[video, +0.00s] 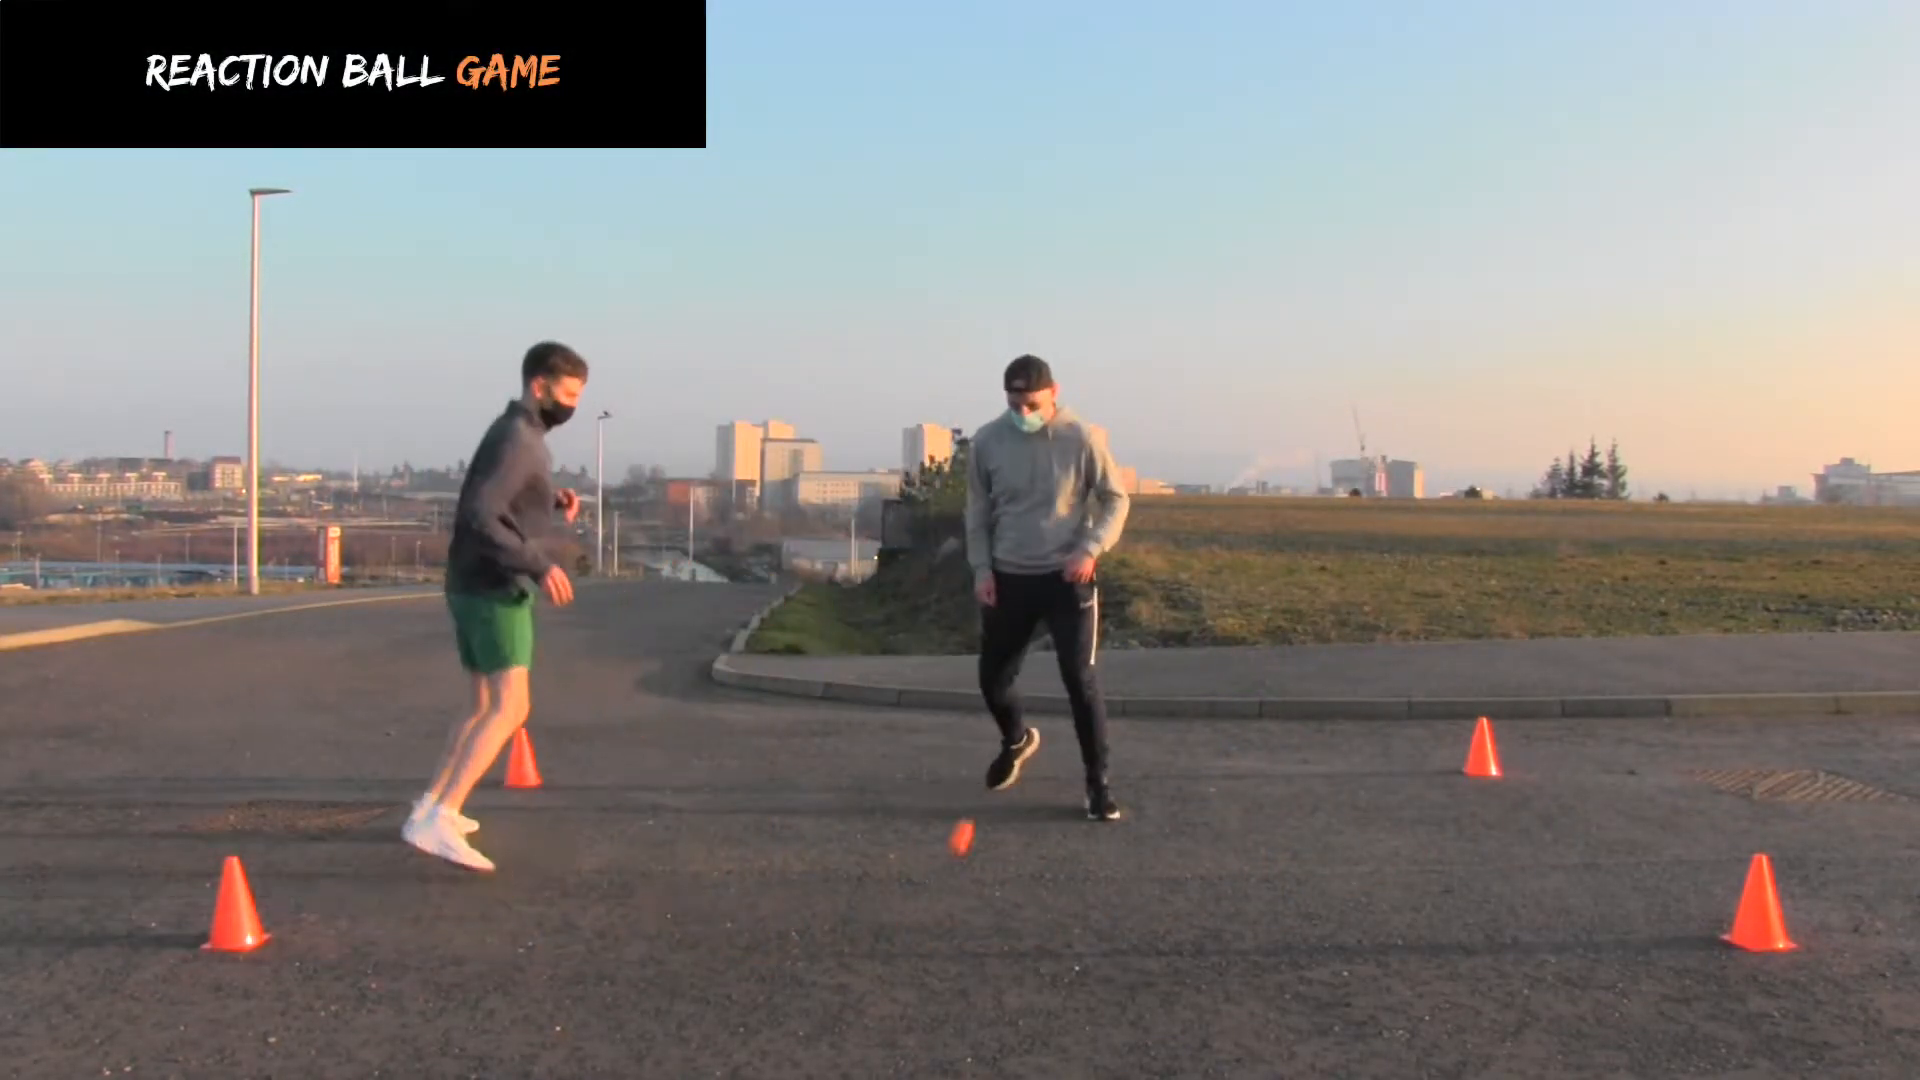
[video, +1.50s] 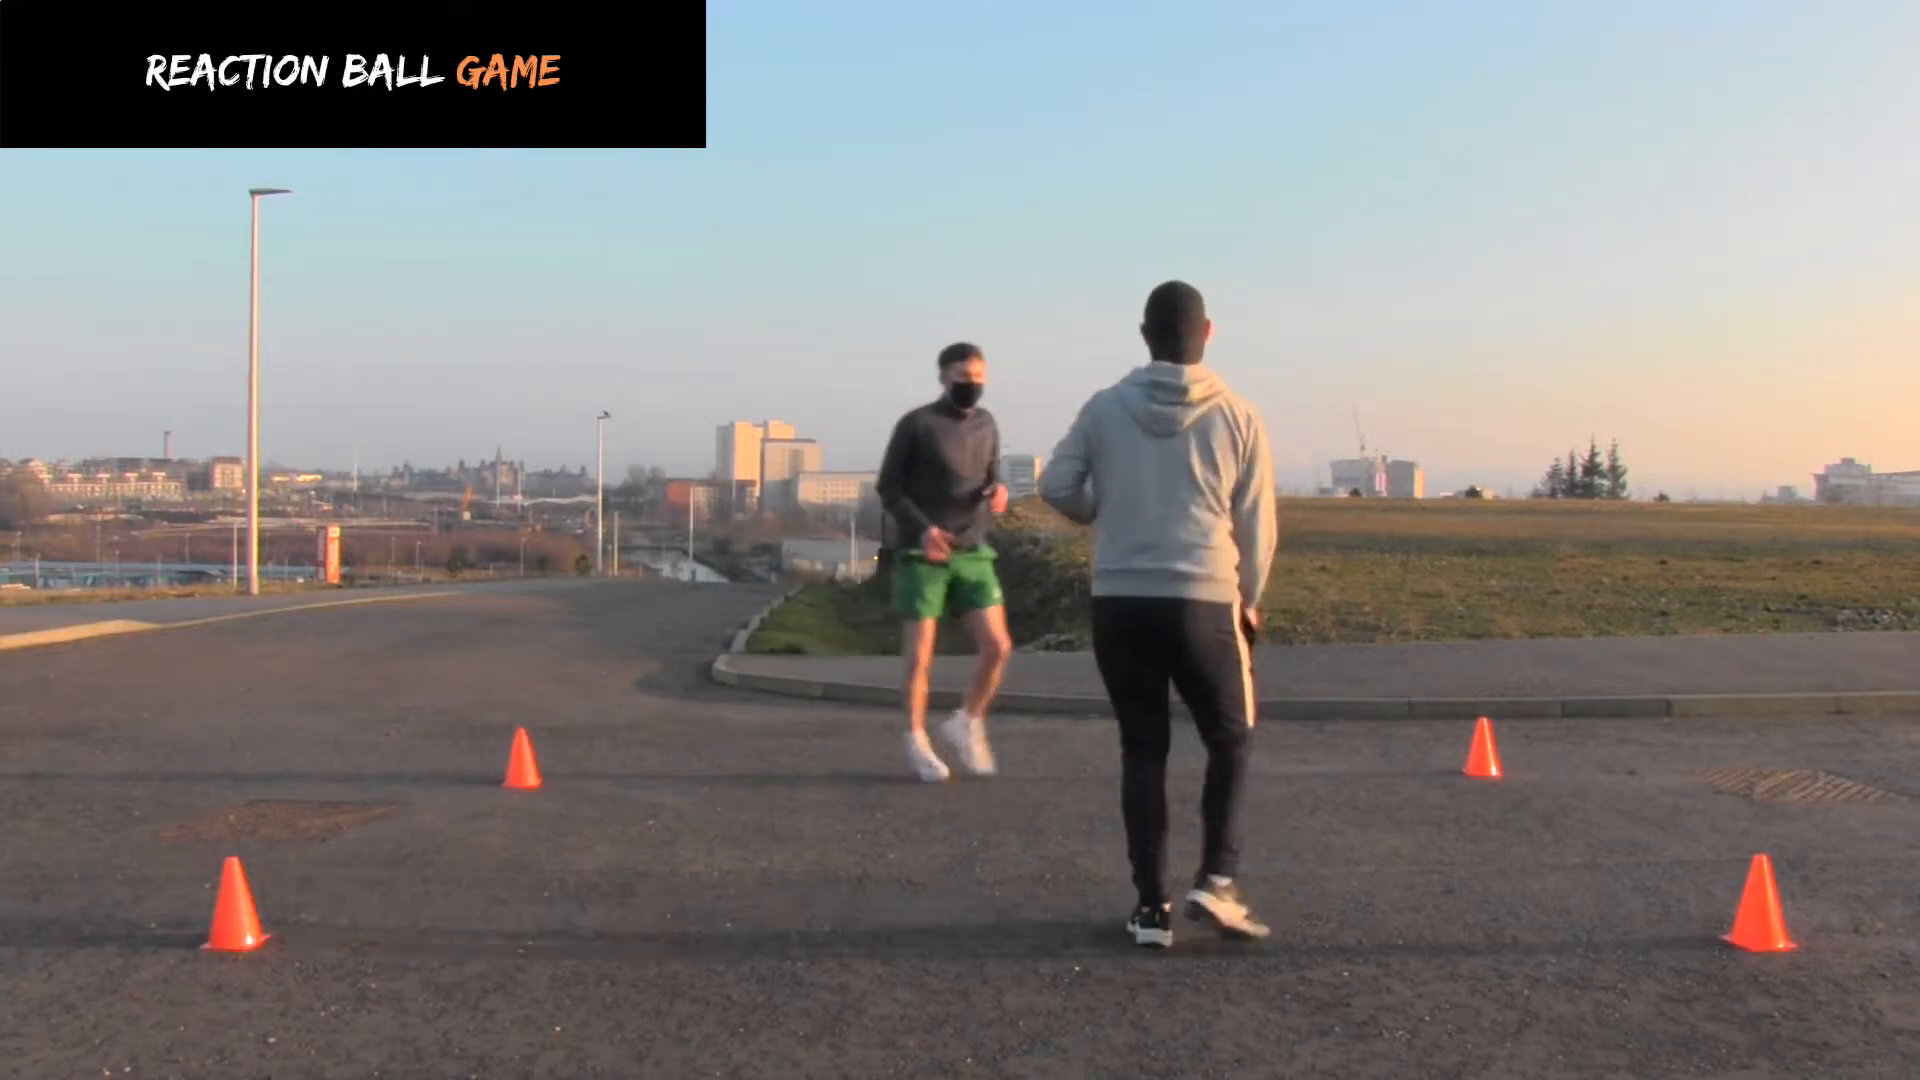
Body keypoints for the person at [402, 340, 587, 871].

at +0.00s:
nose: (576, 402)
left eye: (579, 393)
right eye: (571, 391)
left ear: (542, 387)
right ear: (539, 384)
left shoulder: (518, 430)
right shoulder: (518, 438)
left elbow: (505, 498)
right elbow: (481, 513)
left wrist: (549, 500)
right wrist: (539, 565)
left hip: (477, 585)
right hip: (495, 588)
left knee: (487, 705)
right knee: (512, 704)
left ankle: (433, 807)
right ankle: (441, 816)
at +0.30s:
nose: (599, 409)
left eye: (602, 400)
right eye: (593, 398)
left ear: (573, 397)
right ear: (562, 391)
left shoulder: (557, 441)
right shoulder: (530, 435)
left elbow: (530, 501)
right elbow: (492, 505)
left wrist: (568, 506)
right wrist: (540, 558)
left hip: (538, 586)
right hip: (500, 589)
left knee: (582, 666)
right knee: (493, 705)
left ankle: (547, 765)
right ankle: (426, 785)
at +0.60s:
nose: (678, 425)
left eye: (683, 416)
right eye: (670, 415)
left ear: (685, 414)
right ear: (644, 411)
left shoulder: (661, 464)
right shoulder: (621, 461)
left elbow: (642, 528)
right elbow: (587, 529)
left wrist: (669, 531)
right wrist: (641, 568)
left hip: (636, 594)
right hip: (596, 593)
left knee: (673, 675)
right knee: (557, 688)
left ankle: (640, 767)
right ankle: (466, 769)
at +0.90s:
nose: (765, 387)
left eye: (771, 380)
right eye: (758, 378)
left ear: (773, 381)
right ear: (734, 372)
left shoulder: (758, 423)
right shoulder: (704, 416)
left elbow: (744, 477)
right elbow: (661, 469)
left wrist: (766, 479)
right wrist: (712, 512)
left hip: (743, 551)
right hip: (699, 553)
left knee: (766, 649)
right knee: (696, 660)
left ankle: (722, 730)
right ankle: (676, 753)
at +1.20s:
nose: (884, 427)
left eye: (889, 419)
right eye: (875, 419)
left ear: (896, 418)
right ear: (856, 419)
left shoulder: (896, 472)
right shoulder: (835, 467)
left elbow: (899, 516)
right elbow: (798, 529)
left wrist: (911, 520)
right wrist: (830, 580)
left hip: (880, 591)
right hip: (833, 594)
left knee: (927, 666)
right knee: (790, 683)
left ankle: (914, 753)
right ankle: (715, 749)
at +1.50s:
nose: (968, 388)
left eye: (976, 381)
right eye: (960, 379)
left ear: (984, 381)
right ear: (943, 377)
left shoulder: (986, 425)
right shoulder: (915, 425)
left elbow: (992, 475)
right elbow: (888, 489)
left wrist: (998, 489)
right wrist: (923, 529)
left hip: (973, 551)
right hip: (922, 553)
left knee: (997, 646)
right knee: (920, 655)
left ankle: (967, 725)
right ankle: (917, 740)